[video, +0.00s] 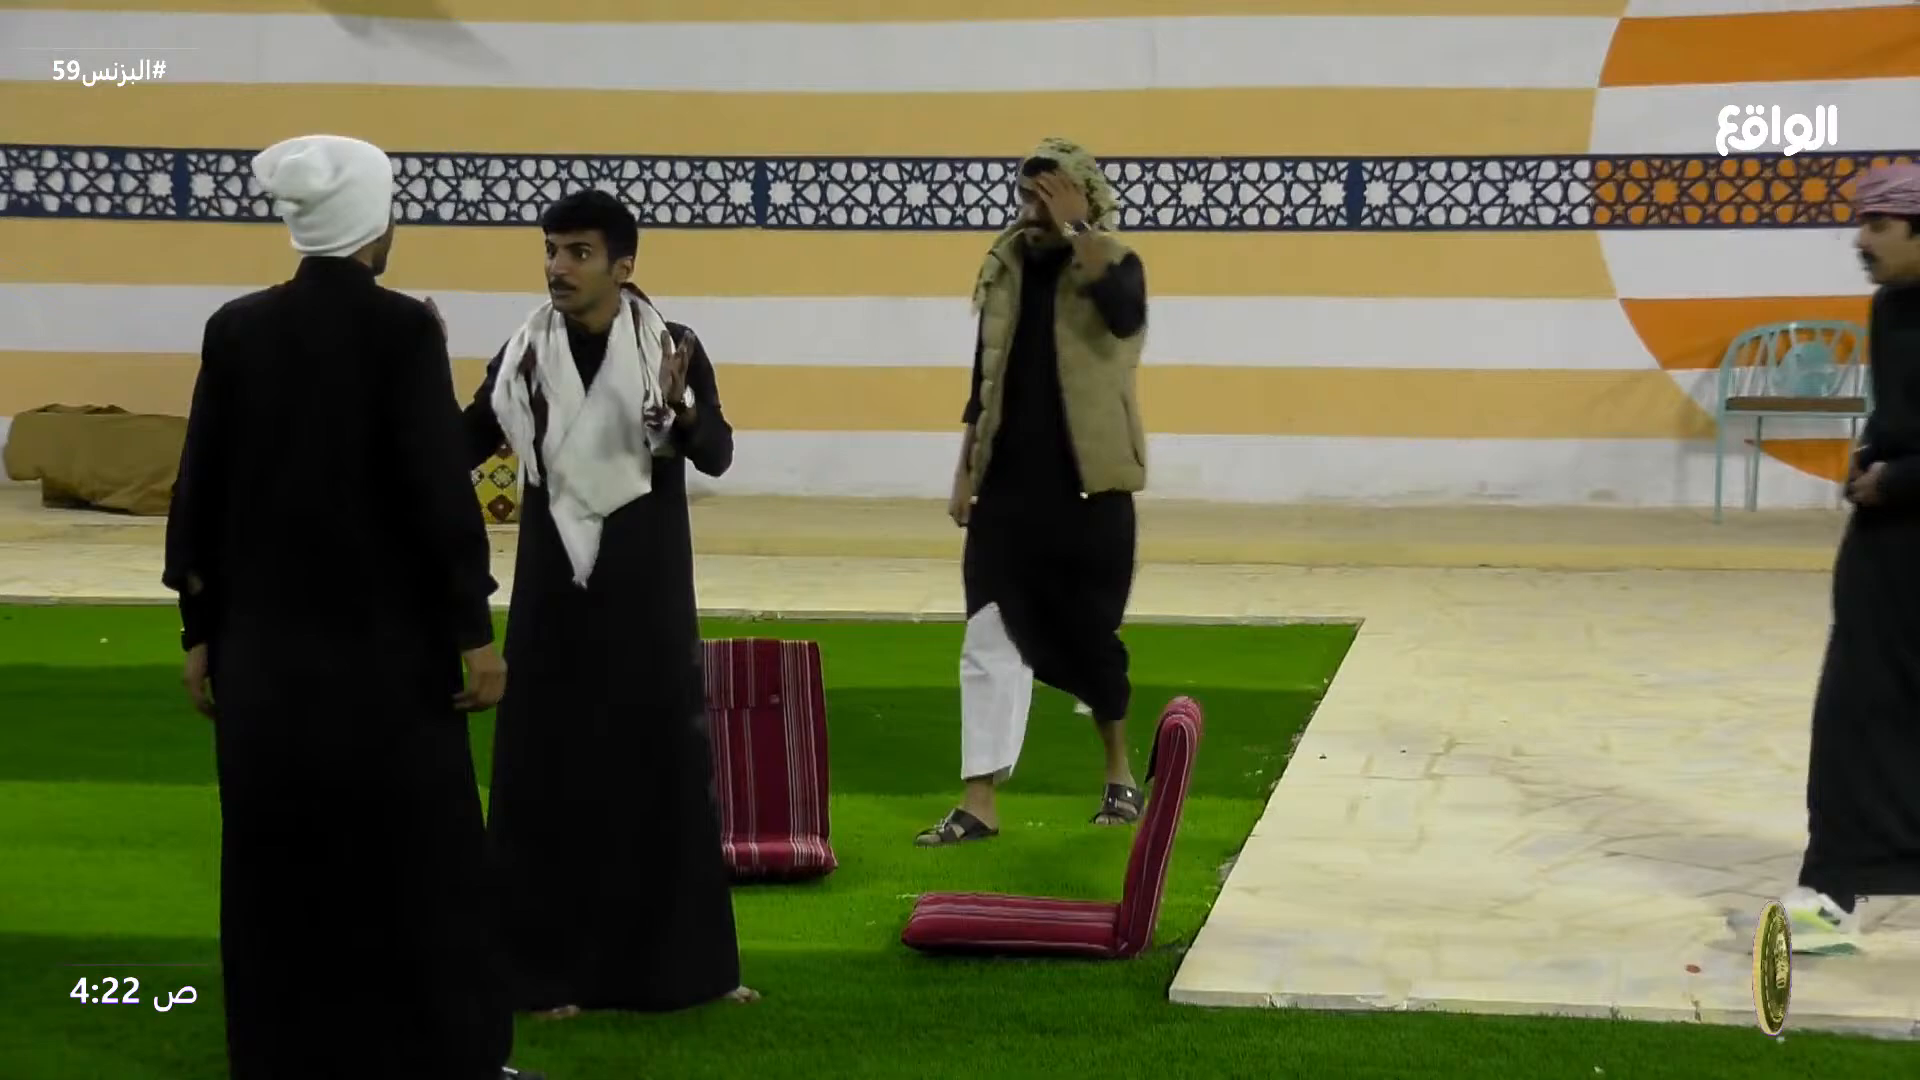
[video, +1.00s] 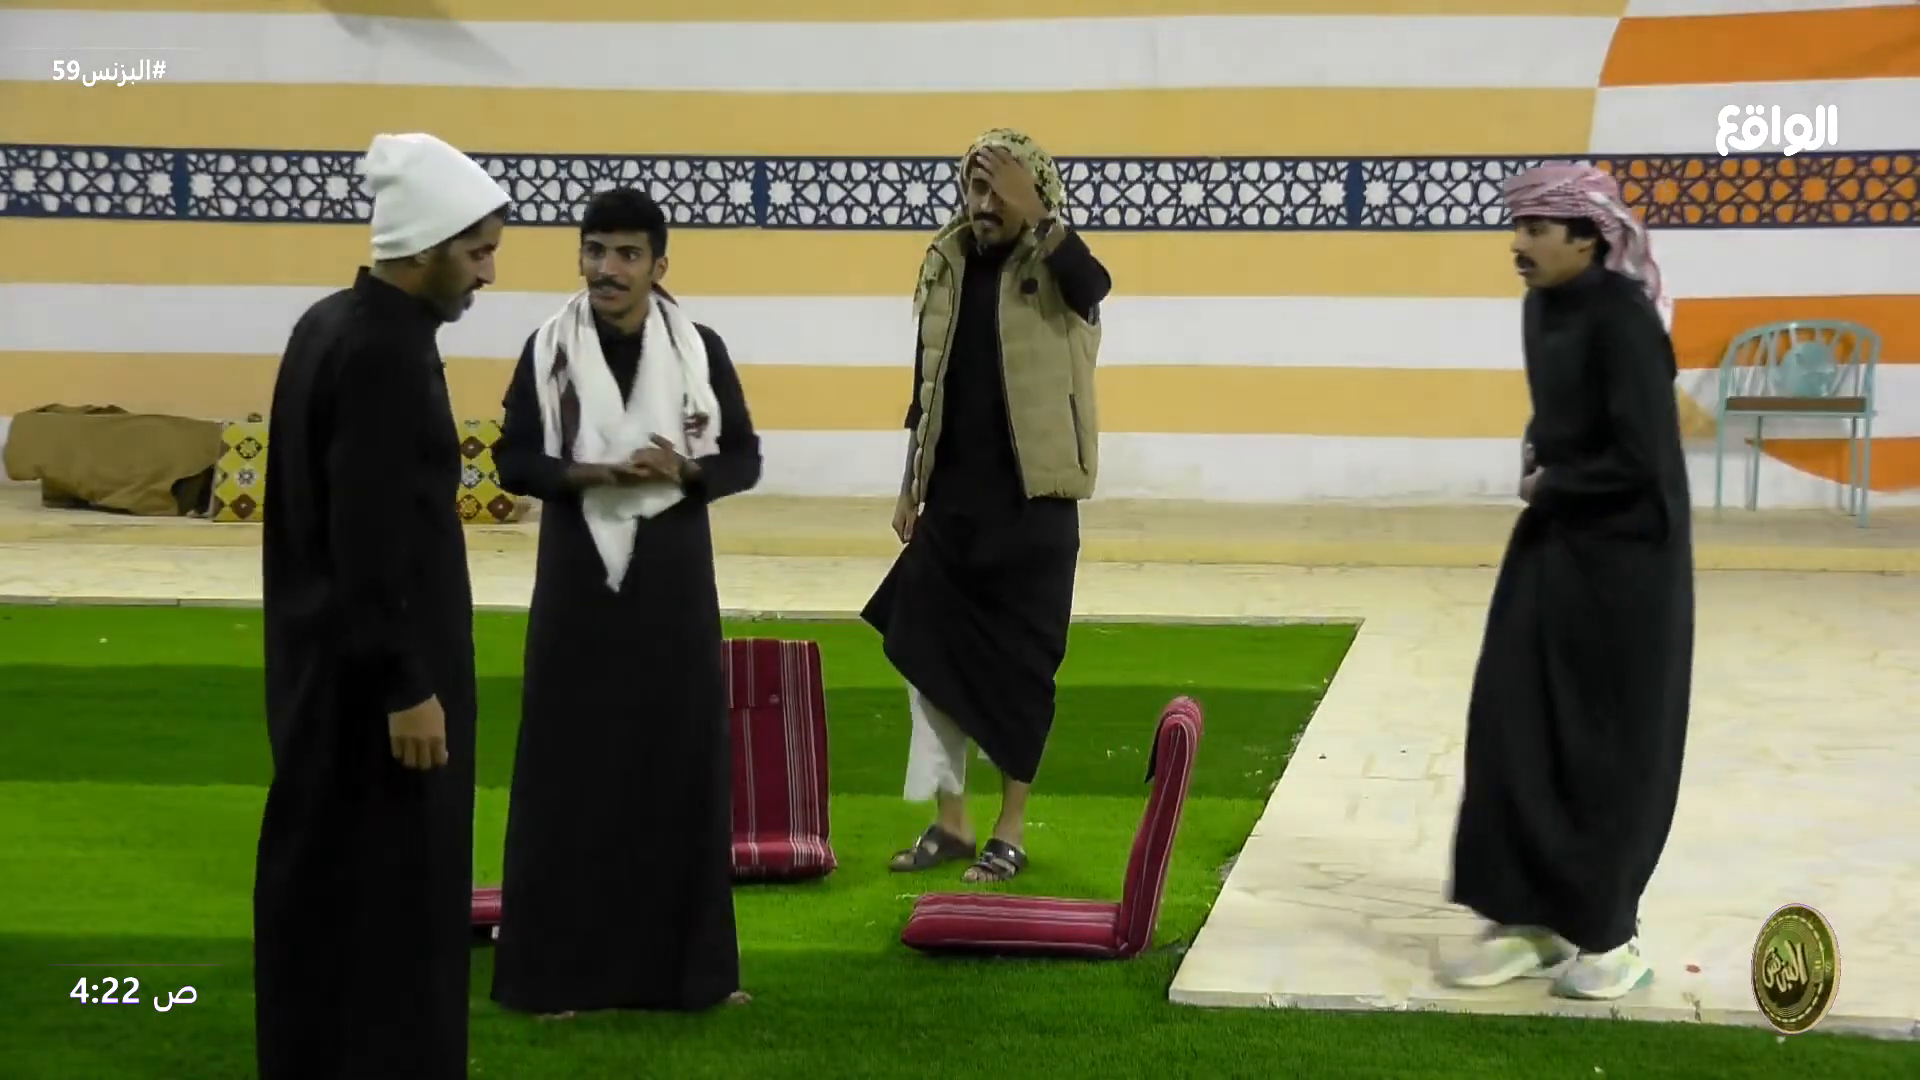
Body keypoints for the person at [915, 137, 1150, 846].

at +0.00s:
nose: (1034, 207)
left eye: (1047, 194)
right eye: (1027, 196)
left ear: (1084, 199)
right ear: (1021, 200)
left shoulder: (1113, 263)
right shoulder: (1002, 267)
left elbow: (1125, 316)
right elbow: (983, 378)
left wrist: (1080, 231)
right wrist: (967, 471)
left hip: (1090, 485)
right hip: (1008, 482)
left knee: (1090, 635)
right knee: (989, 640)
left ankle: (1119, 775)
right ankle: (978, 806)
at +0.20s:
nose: (982, 205)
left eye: (994, 195)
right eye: (978, 191)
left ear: (1034, 193)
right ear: (977, 188)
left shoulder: (1070, 255)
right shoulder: (962, 261)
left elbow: (1086, 286)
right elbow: (940, 376)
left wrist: (1035, 208)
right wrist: (922, 469)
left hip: (1035, 471)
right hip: (962, 470)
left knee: (1028, 627)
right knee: (958, 632)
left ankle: (1075, 745)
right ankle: (975, 806)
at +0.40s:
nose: (969, 202)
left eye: (983, 189)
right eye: (961, 187)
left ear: (1020, 193)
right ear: (953, 187)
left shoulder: (1049, 260)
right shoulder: (939, 262)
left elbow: (1062, 272)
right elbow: (918, 381)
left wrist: (1020, 201)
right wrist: (906, 480)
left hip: (1017, 476)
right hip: (947, 476)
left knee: (1013, 643)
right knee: (955, 642)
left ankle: (1028, 815)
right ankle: (973, 809)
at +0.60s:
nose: (971, 207)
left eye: (984, 196)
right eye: (964, 192)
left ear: (1021, 198)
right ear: (957, 190)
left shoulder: (1050, 263)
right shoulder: (937, 267)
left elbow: (1058, 280)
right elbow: (916, 389)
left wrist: (1015, 213)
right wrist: (901, 485)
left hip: (1013, 486)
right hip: (941, 483)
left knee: (1006, 651)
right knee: (942, 641)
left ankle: (1006, 831)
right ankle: (975, 807)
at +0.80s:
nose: (993, 214)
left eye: (1008, 201)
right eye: (982, 199)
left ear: (1034, 200)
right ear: (969, 198)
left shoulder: (1058, 269)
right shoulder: (942, 270)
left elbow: (1067, 249)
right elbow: (923, 391)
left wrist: (1003, 198)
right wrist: (907, 488)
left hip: (1029, 495)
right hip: (949, 492)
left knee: (1024, 662)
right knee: (910, 643)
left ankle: (1009, 834)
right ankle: (963, 772)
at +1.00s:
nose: (980, 201)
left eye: (995, 188)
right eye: (973, 187)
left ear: (1035, 195)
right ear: (963, 192)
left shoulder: (1061, 260)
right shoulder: (944, 266)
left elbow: (1089, 289)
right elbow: (926, 388)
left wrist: (1039, 215)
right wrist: (910, 488)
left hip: (1036, 494)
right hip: (953, 492)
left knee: (1024, 658)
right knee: (929, 646)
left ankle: (1009, 833)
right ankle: (951, 823)